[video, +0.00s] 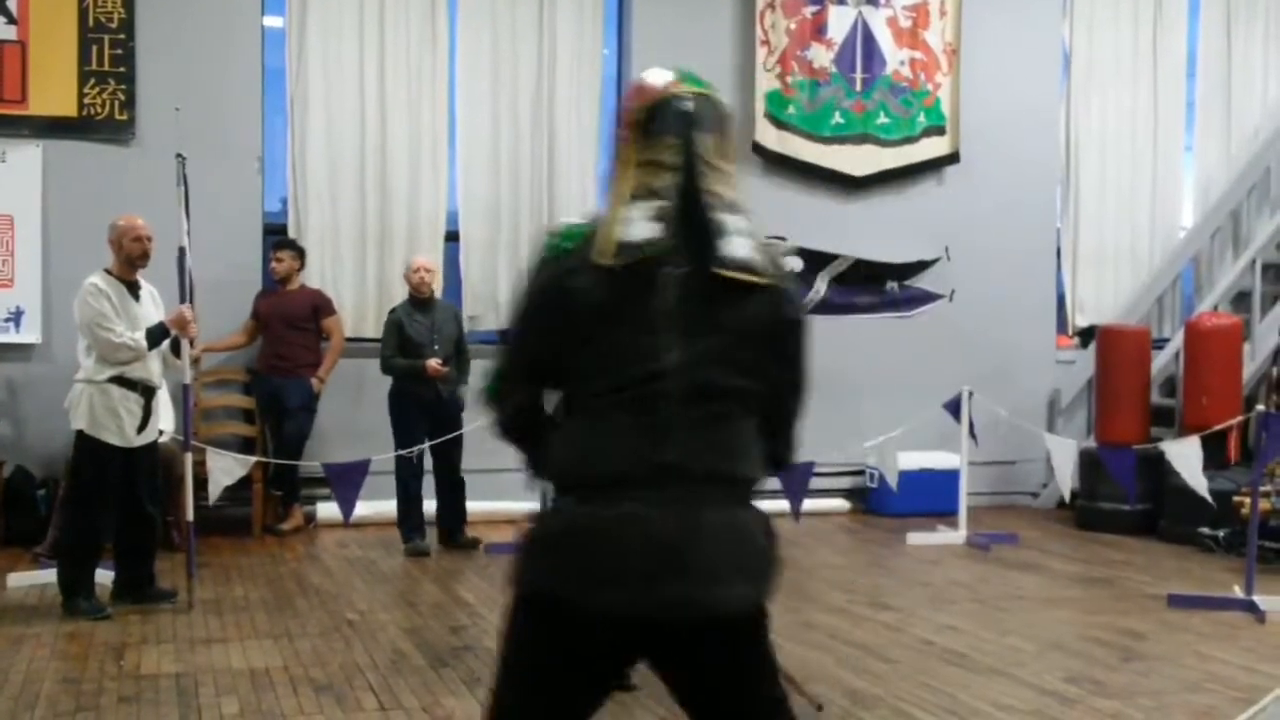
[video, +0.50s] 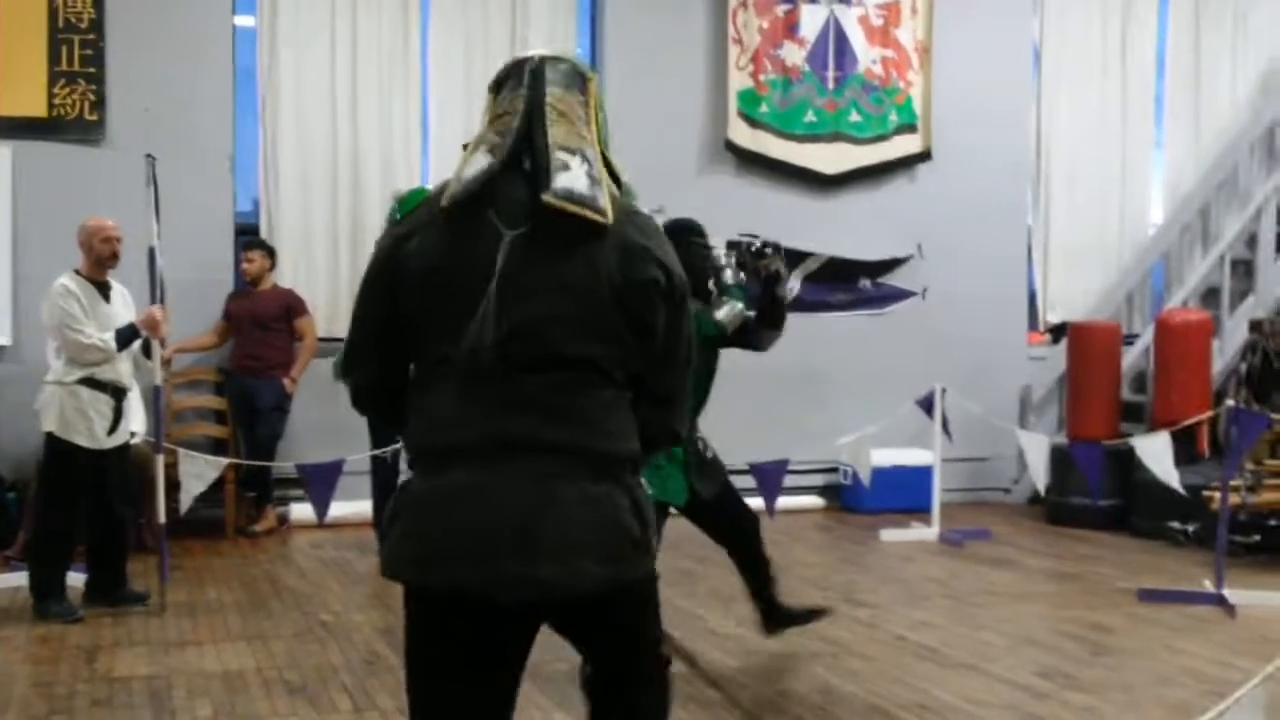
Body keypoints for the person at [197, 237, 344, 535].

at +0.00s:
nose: (274, 265)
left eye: (280, 260)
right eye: (272, 260)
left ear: (298, 264)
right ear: (272, 264)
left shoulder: (316, 298)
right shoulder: (264, 299)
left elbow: (337, 339)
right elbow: (246, 336)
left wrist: (321, 377)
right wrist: (204, 348)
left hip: (300, 382)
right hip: (267, 380)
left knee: (290, 445)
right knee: (277, 445)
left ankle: (289, 509)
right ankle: (292, 510)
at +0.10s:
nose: (273, 265)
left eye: (280, 260)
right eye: (272, 260)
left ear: (297, 264)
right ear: (271, 264)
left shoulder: (314, 299)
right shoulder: (264, 299)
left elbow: (336, 339)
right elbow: (244, 336)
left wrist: (319, 377)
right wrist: (204, 348)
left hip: (298, 382)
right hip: (265, 380)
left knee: (287, 445)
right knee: (272, 446)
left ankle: (287, 510)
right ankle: (286, 510)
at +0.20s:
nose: (253, 265)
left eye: (259, 260)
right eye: (251, 261)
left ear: (277, 264)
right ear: (250, 264)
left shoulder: (294, 298)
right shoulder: (243, 299)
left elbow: (317, 339)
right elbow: (225, 336)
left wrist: (300, 378)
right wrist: (184, 348)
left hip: (279, 382)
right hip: (246, 380)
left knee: (268, 446)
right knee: (253, 447)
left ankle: (268, 510)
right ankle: (268, 510)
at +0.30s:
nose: (252, 265)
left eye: (258, 260)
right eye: (250, 260)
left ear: (276, 263)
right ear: (248, 264)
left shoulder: (293, 298)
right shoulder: (244, 299)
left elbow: (316, 338)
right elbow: (224, 336)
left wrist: (300, 377)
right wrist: (183, 348)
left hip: (279, 381)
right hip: (246, 380)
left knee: (269, 446)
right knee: (252, 446)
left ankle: (272, 510)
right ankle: (267, 509)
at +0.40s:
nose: (249, 266)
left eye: (255, 260)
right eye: (247, 261)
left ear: (273, 263)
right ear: (246, 264)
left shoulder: (291, 298)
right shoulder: (240, 299)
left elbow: (314, 339)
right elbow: (221, 337)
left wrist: (297, 377)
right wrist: (181, 348)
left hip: (277, 382)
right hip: (243, 380)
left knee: (267, 445)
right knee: (251, 446)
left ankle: (269, 510)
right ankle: (266, 510)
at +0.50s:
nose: (245, 266)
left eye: (251, 261)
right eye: (243, 261)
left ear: (269, 263)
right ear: (242, 265)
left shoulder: (287, 299)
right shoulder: (236, 299)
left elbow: (310, 339)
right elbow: (217, 337)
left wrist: (293, 377)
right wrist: (176, 348)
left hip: (273, 382)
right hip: (239, 380)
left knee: (263, 446)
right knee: (248, 446)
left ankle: (265, 510)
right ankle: (263, 510)